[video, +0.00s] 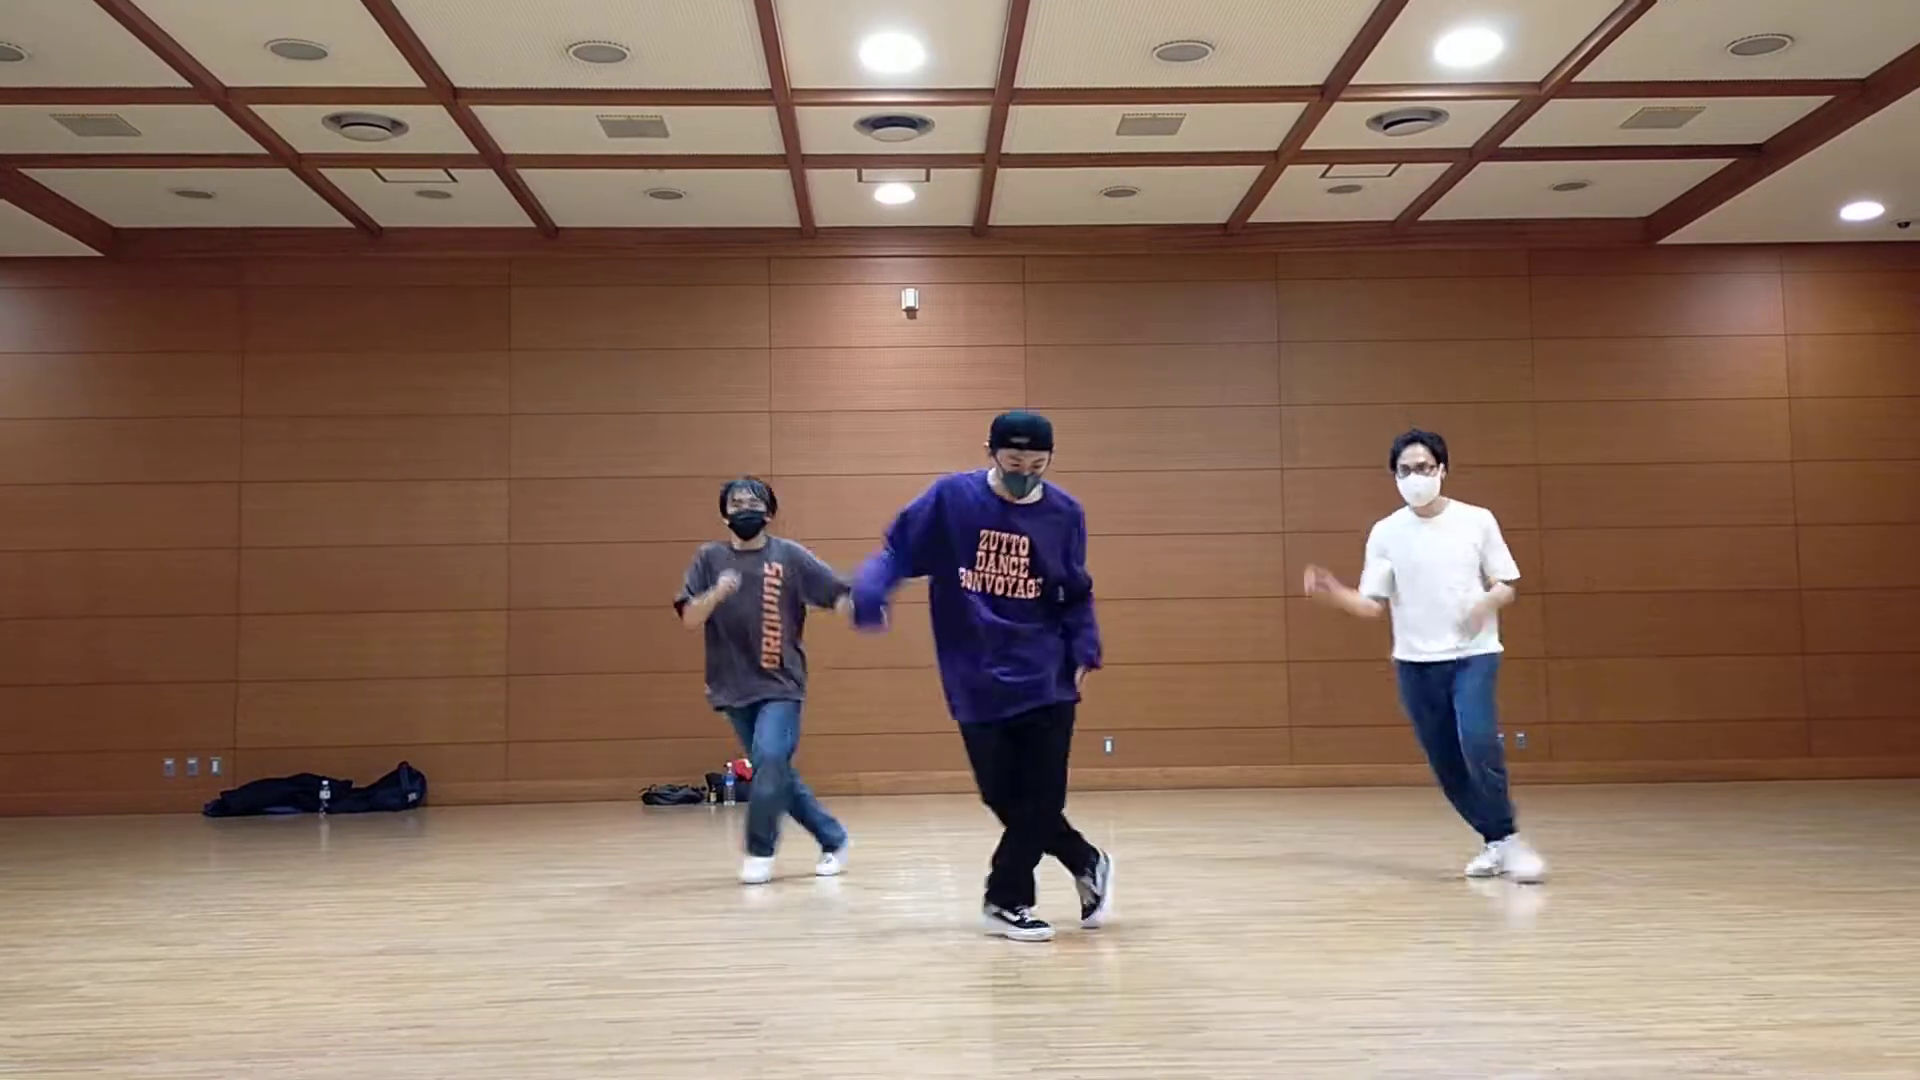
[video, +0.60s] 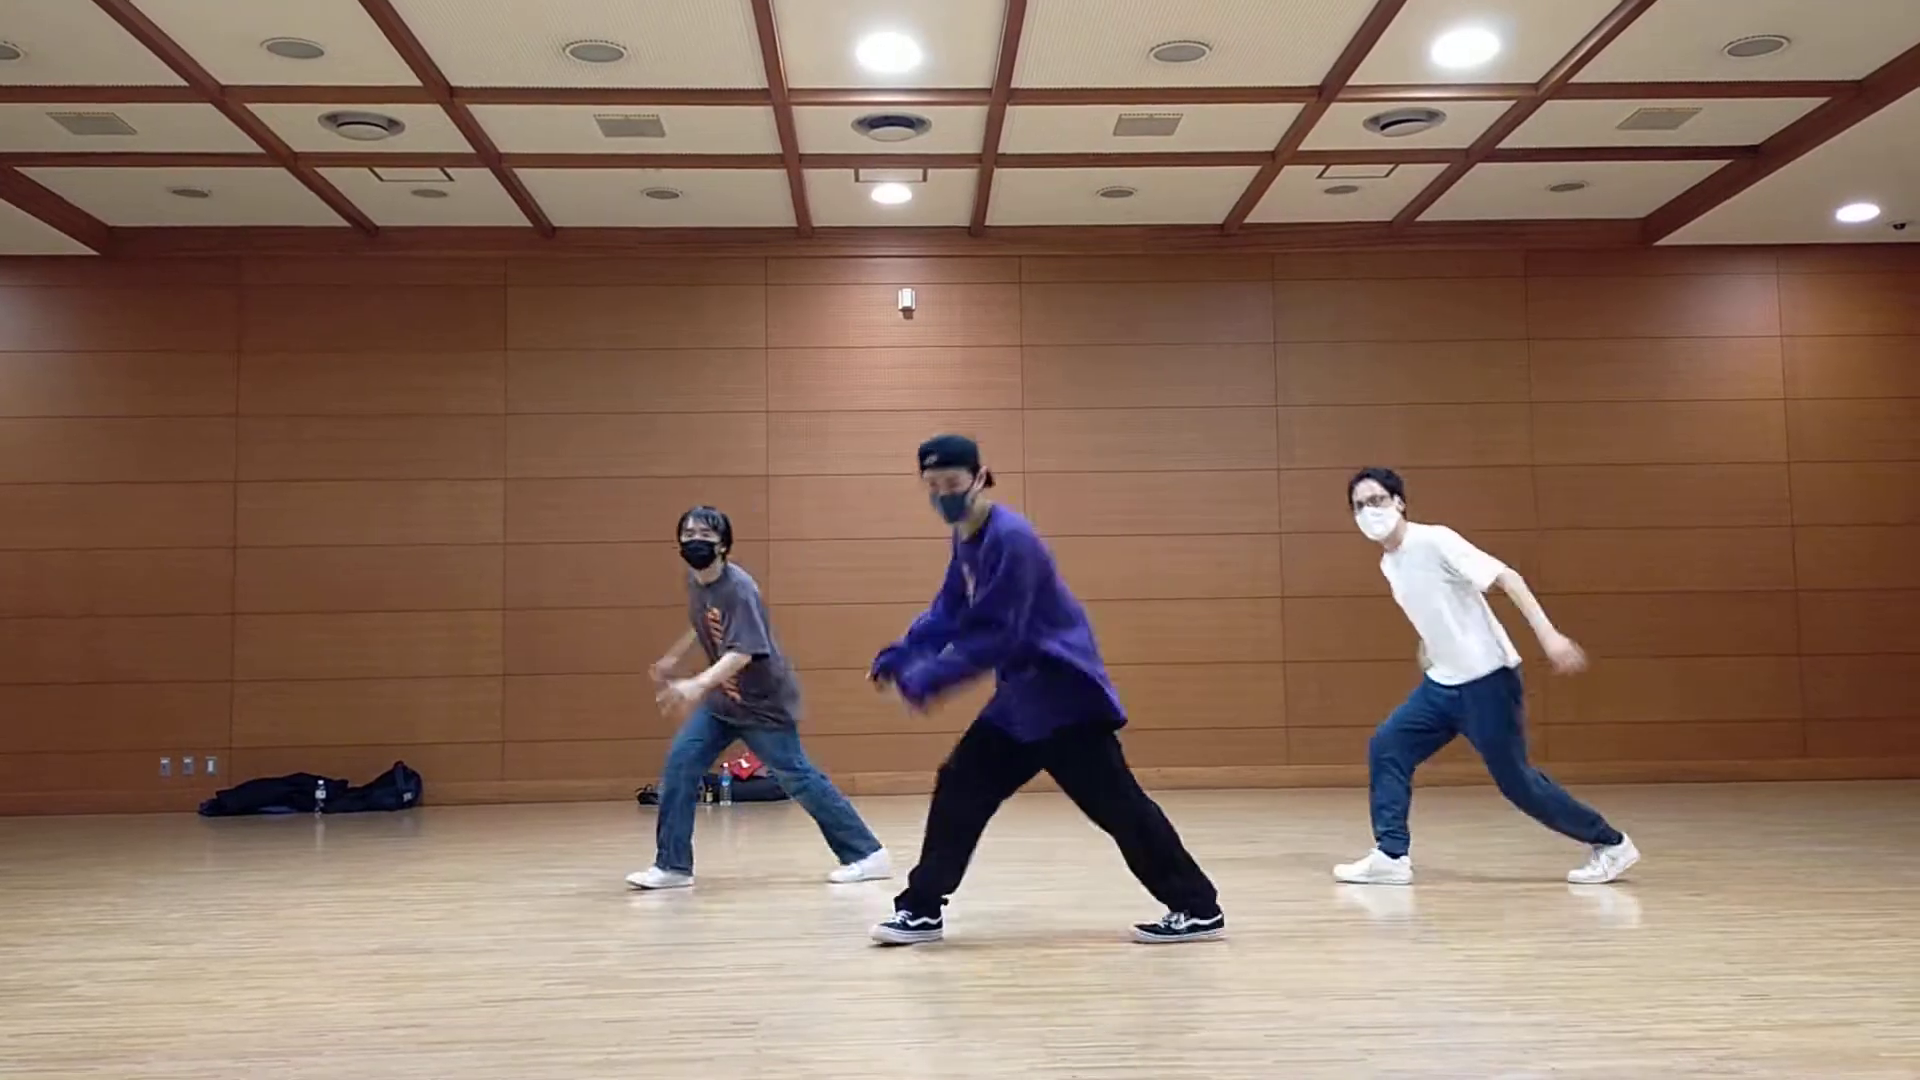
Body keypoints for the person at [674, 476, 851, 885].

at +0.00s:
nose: (745, 509)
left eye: (753, 502)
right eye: (736, 503)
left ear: (768, 511)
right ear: (725, 514)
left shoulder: (790, 556)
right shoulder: (711, 558)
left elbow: (837, 596)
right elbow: (689, 618)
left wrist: (864, 596)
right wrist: (716, 593)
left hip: (780, 684)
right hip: (732, 688)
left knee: (770, 762)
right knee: (772, 774)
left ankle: (759, 851)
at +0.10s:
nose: (753, 530)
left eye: (761, 523)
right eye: (745, 524)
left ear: (775, 529)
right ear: (734, 533)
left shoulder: (799, 574)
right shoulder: (723, 583)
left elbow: (830, 629)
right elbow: (717, 635)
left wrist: (835, 679)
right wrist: (727, 665)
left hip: (794, 696)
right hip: (751, 702)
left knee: (781, 770)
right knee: (783, 780)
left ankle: (833, 849)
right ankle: (841, 846)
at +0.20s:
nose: (755, 516)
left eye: (763, 508)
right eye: (747, 510)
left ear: (779, 516)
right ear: (737, 520)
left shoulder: (798, 563)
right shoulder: (730, 569)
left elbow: (812, 625)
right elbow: (730, 626)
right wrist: (728, 671)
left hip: (797, 689)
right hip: (755, 692)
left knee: (796, 772)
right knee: (783, 781)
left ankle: (847, 853)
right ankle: (835, 850)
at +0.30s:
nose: (744, 504)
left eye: (752, 496)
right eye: (736, 497)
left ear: (768, 502)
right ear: (727, 505)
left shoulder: (785, 544)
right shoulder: (727, 552)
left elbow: (793, 605)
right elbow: (736, 605)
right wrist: (726, 651)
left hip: (796, 674)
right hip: (754, 677)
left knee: (810, 764)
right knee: (752, 765)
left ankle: (846, 855)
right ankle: (805, 834)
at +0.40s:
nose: (727, 504)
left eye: (737, 498)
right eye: (720, 498)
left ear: (755, 506)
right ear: (711, 509)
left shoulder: (769, 550)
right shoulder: (725, 554)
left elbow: (768, 609)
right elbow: (744, 605)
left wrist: (711, 594)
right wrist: (730, 645)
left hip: (792, 676)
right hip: (752, 677)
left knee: (814, 765)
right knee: (731, 759)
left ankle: (861, 850)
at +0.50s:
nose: (713, 533)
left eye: (723, 526)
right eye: (707, 527)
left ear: (742, 534)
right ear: (698, 536)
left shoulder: (754, 578)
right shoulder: (721, 579)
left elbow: (754, 642)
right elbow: (738, 634)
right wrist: (724, 660)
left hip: (784, 695)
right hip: (750, 693)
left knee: (812, 781)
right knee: (708, 770)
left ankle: (875, 855)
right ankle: (676, 863)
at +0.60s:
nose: (696, 538)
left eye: (706, 532)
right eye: (689, 533)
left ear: (724, 542)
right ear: (680, 542)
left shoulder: (740, 588)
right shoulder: (695, 581)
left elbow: (742, 653)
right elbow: (701, 624)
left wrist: (697, 685)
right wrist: (673, 657)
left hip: (763, 705)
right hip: (722, 701)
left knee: (798, 778)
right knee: (681, 763)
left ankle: (867, 854)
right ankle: (673, 867)